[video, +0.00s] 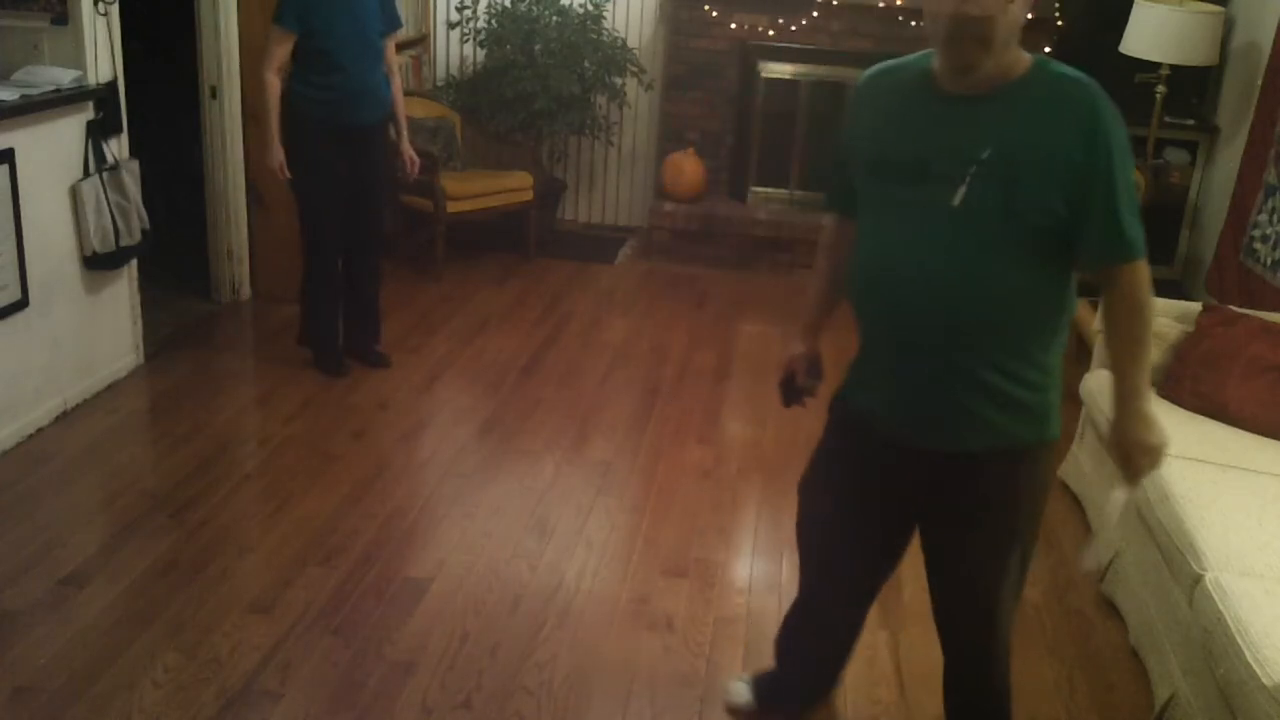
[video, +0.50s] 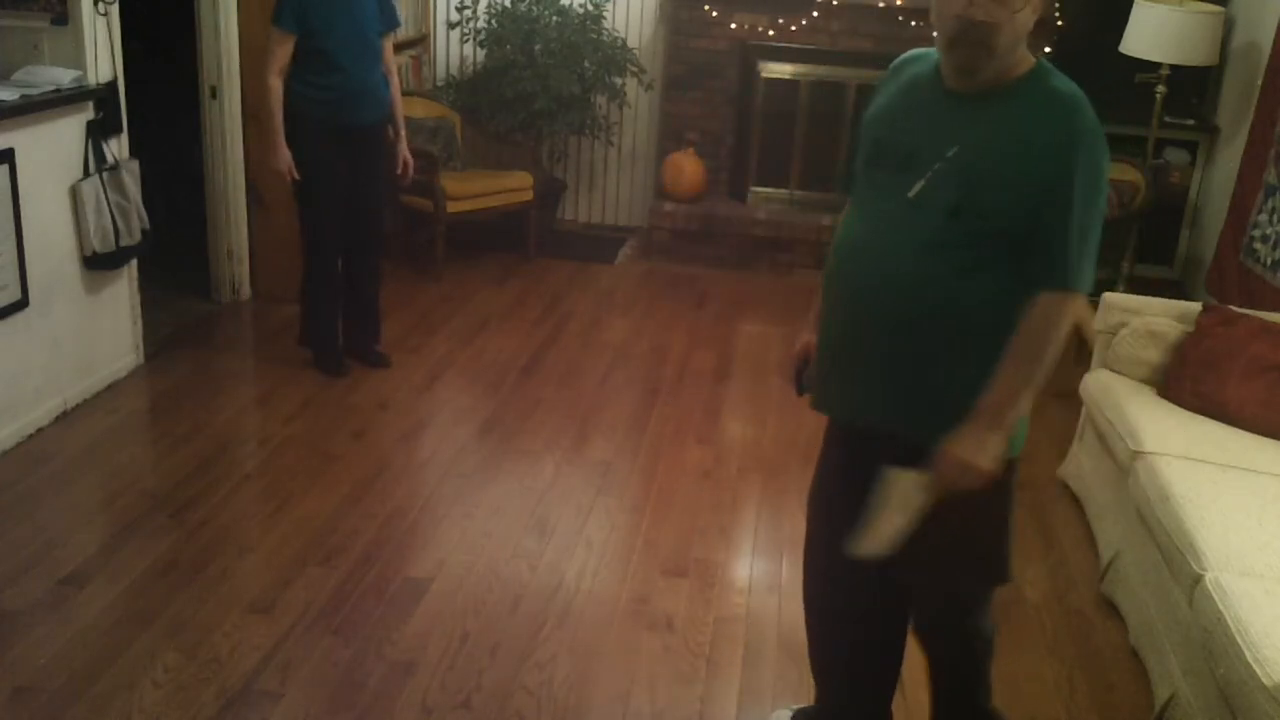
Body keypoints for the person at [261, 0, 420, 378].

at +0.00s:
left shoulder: (381, 6)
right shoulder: (298, 6)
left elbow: (391, 69)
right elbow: (272, 70)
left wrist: (403, 138)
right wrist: (273, 143)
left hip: (369, 132)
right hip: (314, 134)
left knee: (367, 238)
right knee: (322, 240)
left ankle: (363, 340)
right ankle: (323, 345)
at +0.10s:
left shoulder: (381, 6)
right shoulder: (297, 6)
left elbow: (391, 69)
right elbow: (273, 70)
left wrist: (402, 138)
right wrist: (274, 142)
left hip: (369, 132)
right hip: (315, 133)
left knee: (367, 238)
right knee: (322, 239)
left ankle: (363, 339)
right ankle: (323, 345)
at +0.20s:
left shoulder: (380, 6)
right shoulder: (297, 6)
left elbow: (390, 69)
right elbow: (274, 71)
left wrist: (401, 138)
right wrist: (276, 144)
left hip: (369, 132)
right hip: (316, 134)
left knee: (367, 239)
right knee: (323, 240)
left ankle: (363, 339)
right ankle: (323, 345)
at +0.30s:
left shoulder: (380, 6)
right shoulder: (297, 6)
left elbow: (390, 68)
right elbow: (274, 72)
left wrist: (401, 139)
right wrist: (278, 144)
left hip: (370, 132)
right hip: (317, 134)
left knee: (367, 239)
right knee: (323, 240)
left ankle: (363, 339)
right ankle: (323, 345)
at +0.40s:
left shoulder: (380, 6)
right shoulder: (297, 6)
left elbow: (389, 69)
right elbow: (274, 72)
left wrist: (401, 139)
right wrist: (279, 144)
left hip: (370, 134)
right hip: (317, 135)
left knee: (367, 240)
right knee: (322, 241)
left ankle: (363, 340)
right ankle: (323, 345)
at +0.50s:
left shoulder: (379, 6)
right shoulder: (296, 6)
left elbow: (389, 69)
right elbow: (274, 73)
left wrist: (400, 137)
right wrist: (279, 144)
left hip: (370, 133)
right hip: (317, 135)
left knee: (367, 240)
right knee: (322, 242)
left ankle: (363, 340)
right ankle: (323, 345)